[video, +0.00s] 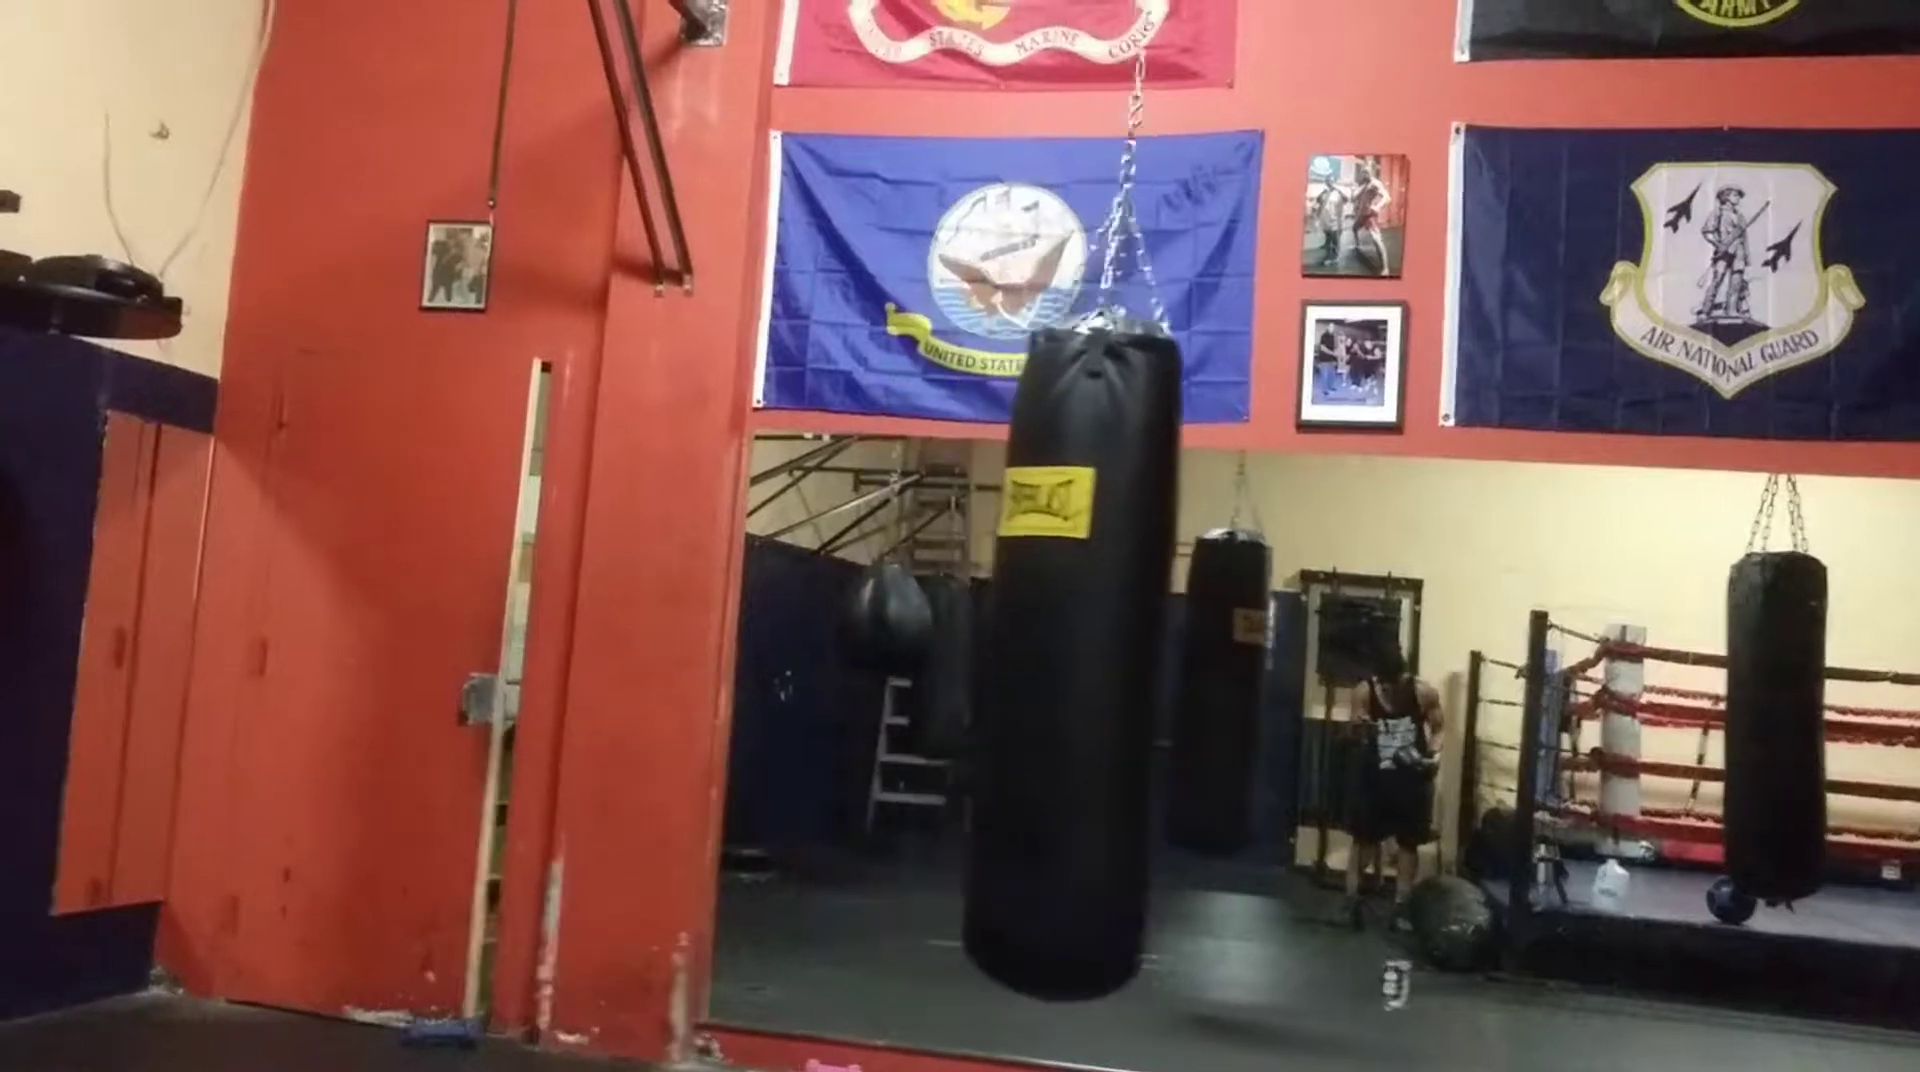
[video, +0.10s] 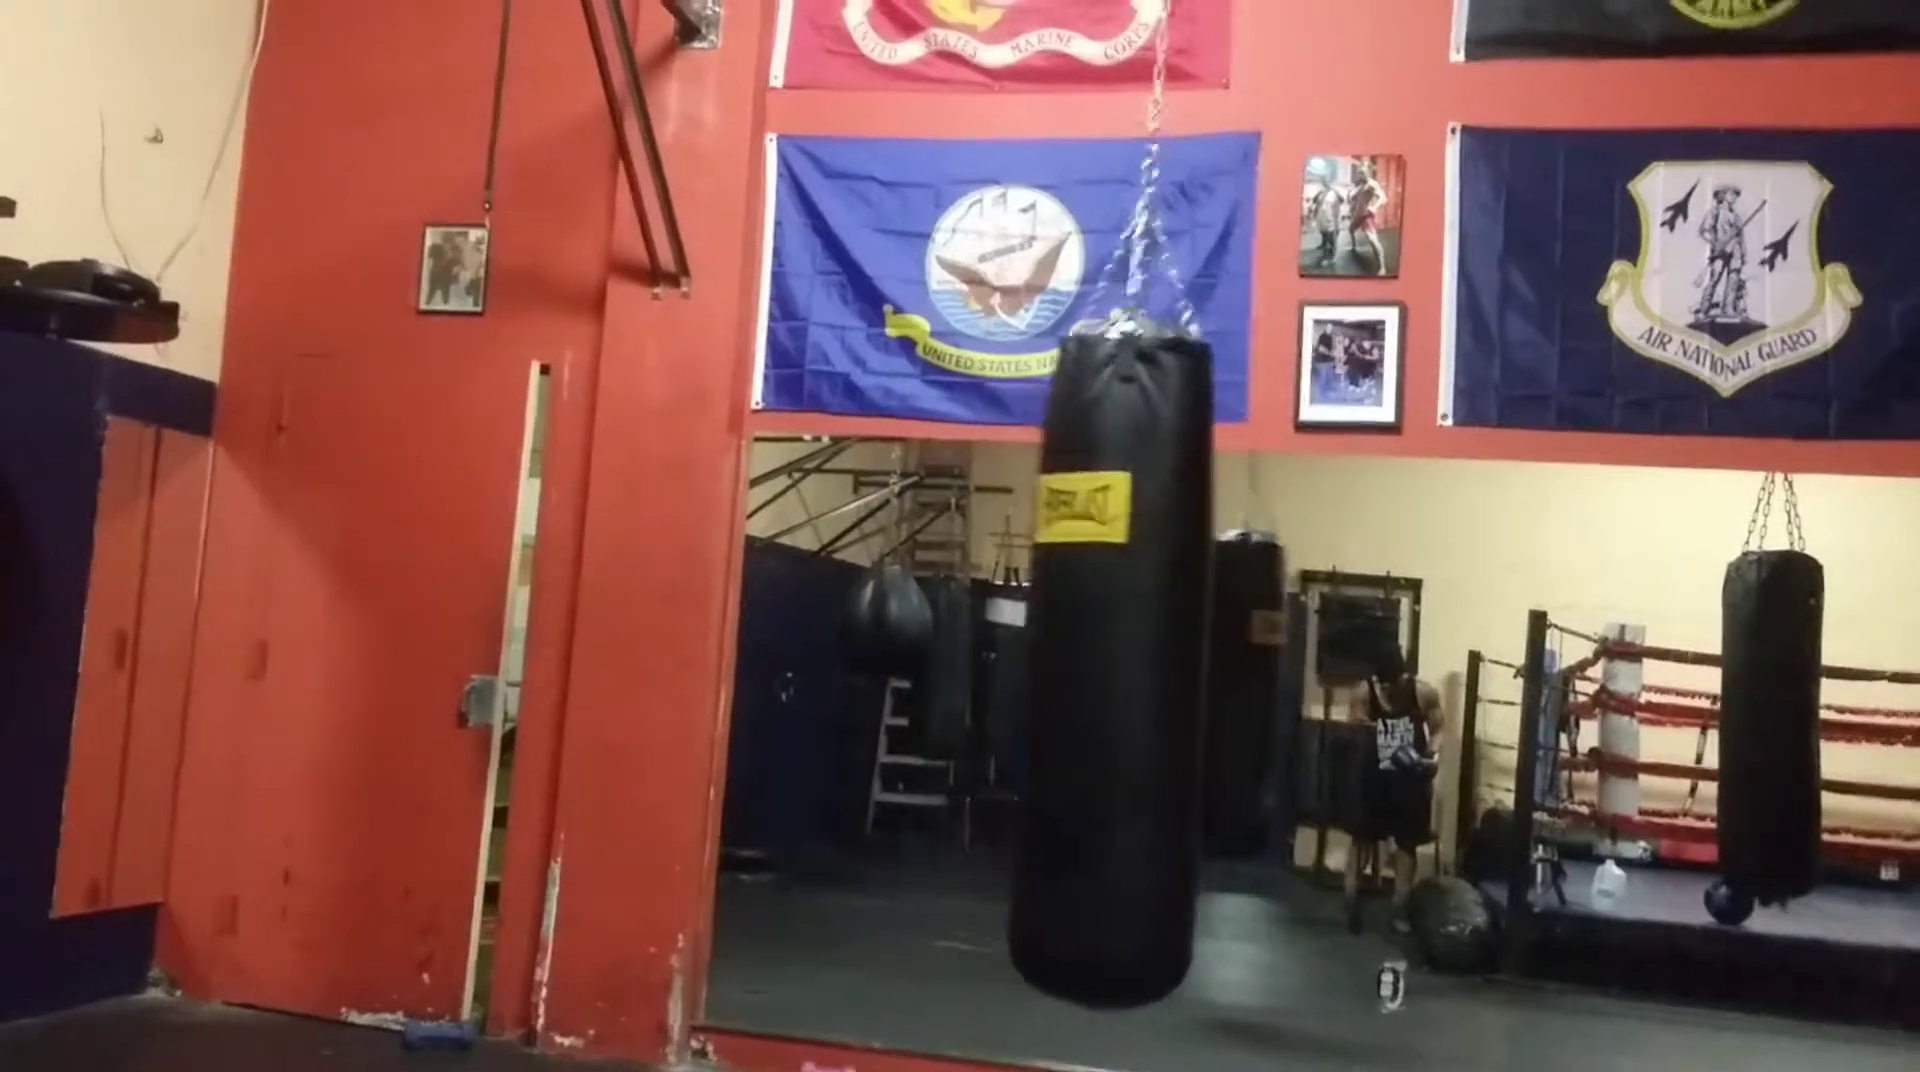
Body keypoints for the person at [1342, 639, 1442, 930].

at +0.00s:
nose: (1388, 689)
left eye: (1394, 683)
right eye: (1382, 683)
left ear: (1406, 675)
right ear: (1375, 678)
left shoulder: (1424, 694)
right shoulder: (1364, 693)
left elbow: (1437, 727)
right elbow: (1355, 730)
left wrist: (1434, 752)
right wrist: (1365, 731)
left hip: (1412, 778)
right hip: (1374, 776)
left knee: (1408, 844)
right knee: (1363, 839)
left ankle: (1402, 907)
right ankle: (1354, 901)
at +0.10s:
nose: (1387, 690)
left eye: (1392, 685)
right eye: (1382, 685)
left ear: (1405, 676)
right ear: (1375, 678)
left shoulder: (1424, 694)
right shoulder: (1363, 695)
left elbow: (1437, 728)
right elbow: (1358, 735)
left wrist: (1431, 752)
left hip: (1411, 780)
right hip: (1373, 778)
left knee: (1407, 846)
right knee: (1361, 839)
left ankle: (1400, 909)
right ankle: (1351, 898)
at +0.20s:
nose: (1388, 688)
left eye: (1393, 682)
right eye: (1382, 683)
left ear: (1404, 673)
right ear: (1374, 676)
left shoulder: (1423, 692)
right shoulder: (1366, 691)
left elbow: (1436, 726)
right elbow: (1355, 725)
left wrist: (1430, 746)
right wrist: (1377, 722)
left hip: (1411, 776)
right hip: (1372, 774)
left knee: (1406, 843)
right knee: (1361, 836)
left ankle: (1400, 906)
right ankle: (1351, 898)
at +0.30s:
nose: (1388, 687)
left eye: (1394, 681)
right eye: (1383, 681)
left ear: (1406, 672)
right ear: (1376, 673)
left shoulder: (1425, 690)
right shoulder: (1365, 690)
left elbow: (1438, 723)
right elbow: (1354, 728)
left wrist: (1435, 749)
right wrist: (1363, 728)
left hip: (1412, 776)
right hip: (1372, 775)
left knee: (1408, 841)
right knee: (1361, 834)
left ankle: (1401, 903)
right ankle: (1352, 893)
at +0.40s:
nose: (1389, 686)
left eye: (1395, 681)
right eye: (1384, 681)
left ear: (1407, 673)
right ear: (1376, 674)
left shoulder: (1425, 690)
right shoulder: (1362, 691)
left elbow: (1438, 725)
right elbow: (1351, 732)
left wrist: (1433, 749)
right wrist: (1362, 727)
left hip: (1411, 777)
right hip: (1371, 776)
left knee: (1407, 842)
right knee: (1359, 835)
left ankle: (1401, 903)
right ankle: (1351, 894)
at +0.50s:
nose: (1390, 683)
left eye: (1394, 676)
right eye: (1384, 678)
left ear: (1405, 668)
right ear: (1377, 672)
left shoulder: (1423, 689)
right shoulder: (1372, 691)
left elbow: (1436, 723)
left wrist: (1433, 749)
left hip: (1411, 773)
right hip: (1378, 772)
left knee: (1406, 841)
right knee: (1377, 838)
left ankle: (1401, 900)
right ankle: (1375, 899)